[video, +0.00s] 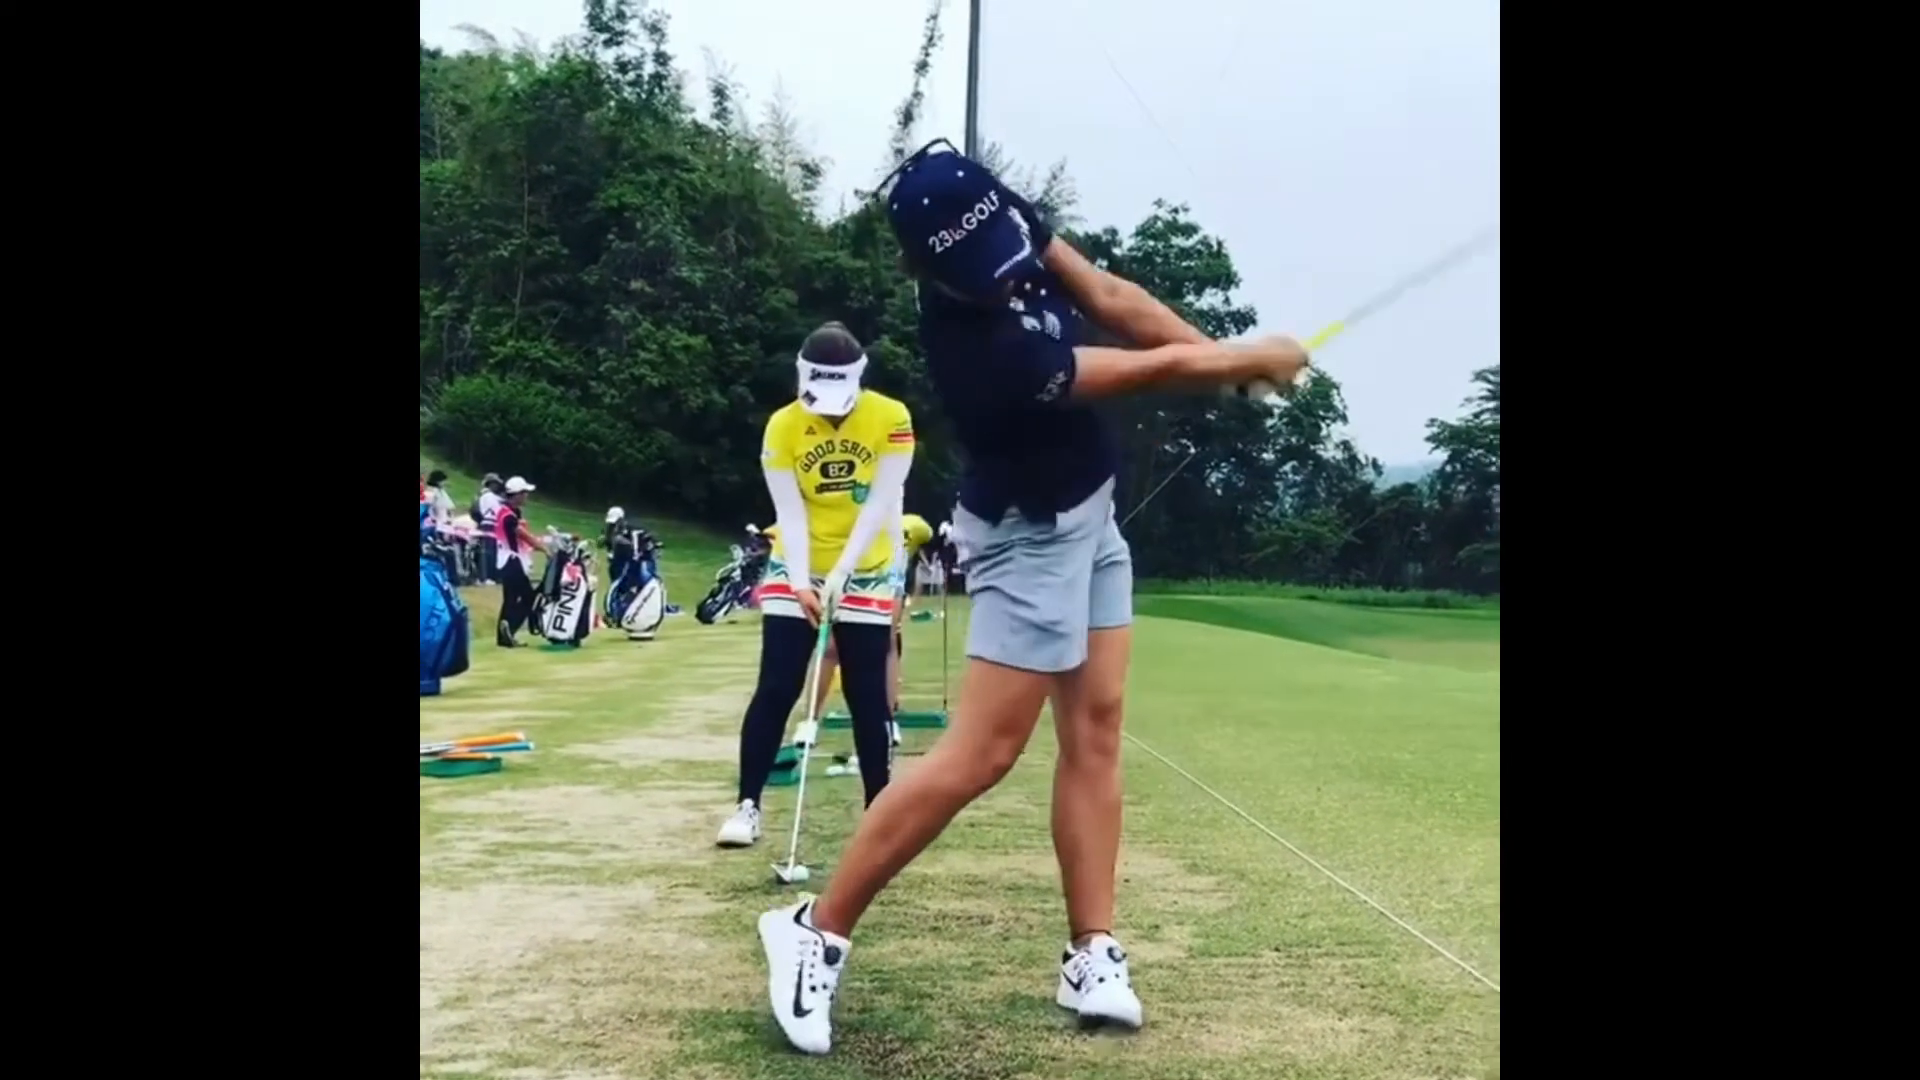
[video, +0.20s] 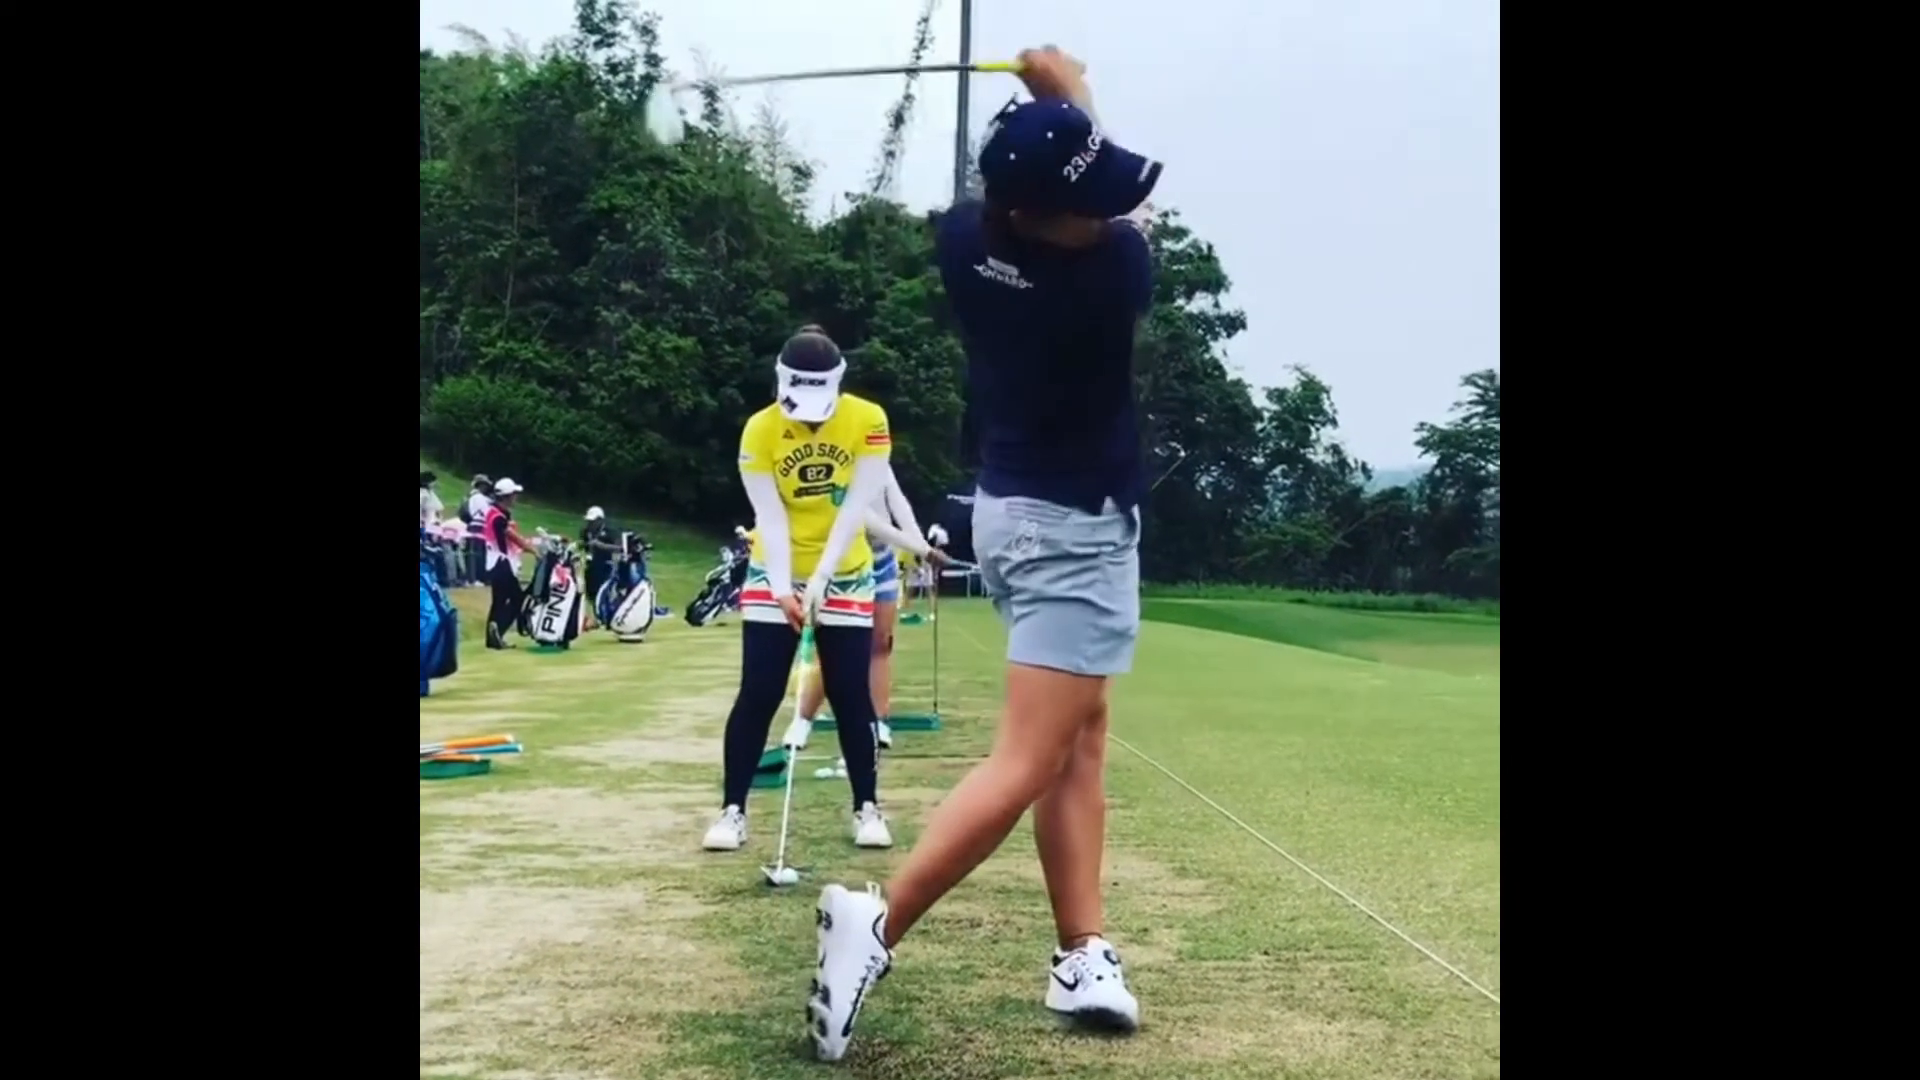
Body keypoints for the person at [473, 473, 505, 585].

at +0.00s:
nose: (499, 488)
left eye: (499, 486)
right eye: (497, 486)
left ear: (486, 485)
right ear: (494, 485)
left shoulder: (482, 496)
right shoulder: (496, 498)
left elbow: (474, 511)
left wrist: (480, 520)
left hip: (484, 526)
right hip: (492, 526)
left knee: (484, 552)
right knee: (491, 552)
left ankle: (483, 576)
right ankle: (489, 576)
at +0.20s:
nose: (487, 489)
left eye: (487, 486)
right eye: (486, 487)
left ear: (475, 486)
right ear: (484, 487)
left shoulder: (471, 498)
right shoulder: (487, 500)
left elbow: (463, 513)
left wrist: (469, 521)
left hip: (471, 528)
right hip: (481, 529)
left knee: (470, 554)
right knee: (480, 554)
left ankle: (471, 578)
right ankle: (480, 578)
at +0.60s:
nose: (472, 491)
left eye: (471, 489)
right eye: (470, 489)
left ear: (460, 489)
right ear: (467, 489)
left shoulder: (455, 501)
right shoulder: (471, 503)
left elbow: (447, 516)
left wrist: (455, 524)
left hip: (456, 531)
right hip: (466, 532)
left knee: (455, 557)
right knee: (465, 557)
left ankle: (455, 581)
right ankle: (465, 580)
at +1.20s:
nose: (467, 498)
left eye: (467, 495)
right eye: (466, 495)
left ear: (455, 495)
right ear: (463, 496)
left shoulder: (451, 508)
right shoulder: (465, 510)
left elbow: (444, 523)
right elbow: (468, 524)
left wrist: (450, 531)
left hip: (450, 539)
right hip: (460, 540)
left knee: (451, 565)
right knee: (460, 564)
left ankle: (450, 588)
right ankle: (459, 588)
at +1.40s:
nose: (461, 472)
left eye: (461, 469)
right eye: (459, 469)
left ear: (447, 468)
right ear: (455, 469)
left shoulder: (442, 481)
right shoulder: (457, 483)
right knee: (466, 539)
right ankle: (470, 565)